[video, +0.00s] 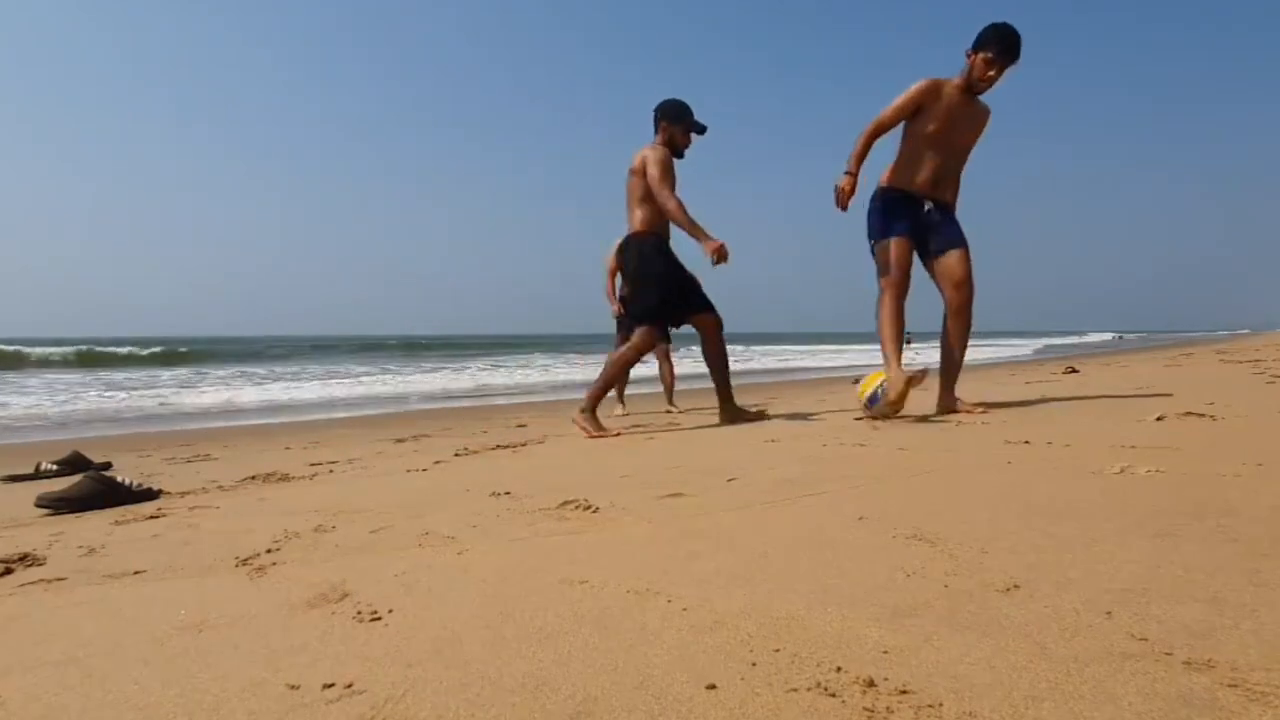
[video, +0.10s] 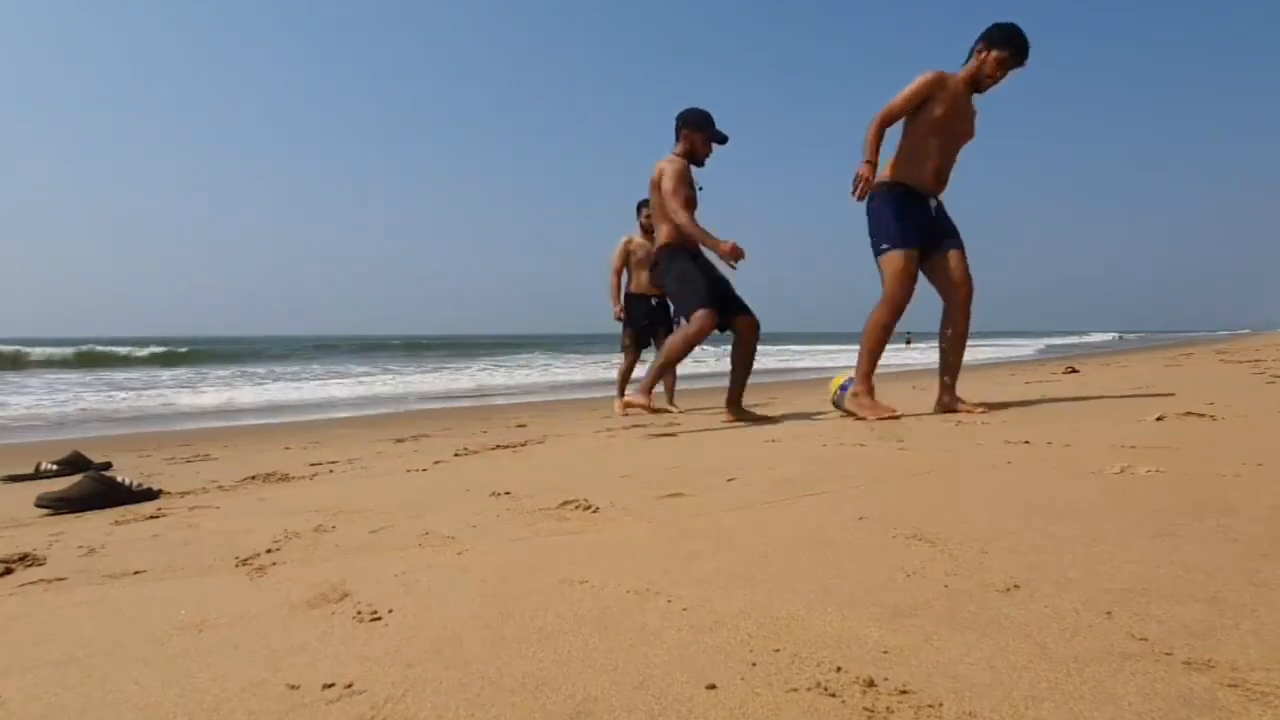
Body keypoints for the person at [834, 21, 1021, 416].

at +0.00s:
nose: (992, 74)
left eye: (1001, 68)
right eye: (988, 63)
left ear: (1006, 71)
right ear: (971, 55)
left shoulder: (981, 115)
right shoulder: (931, 91)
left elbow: (954, 163)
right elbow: (873, 130)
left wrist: (947, 211)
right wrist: (851, 174)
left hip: (938, 211)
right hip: (896, 202)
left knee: (961, 292)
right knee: (894, 281)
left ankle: (947, 398)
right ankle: (894, 377)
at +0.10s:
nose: (999, 76)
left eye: (1007, 71)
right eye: (999, 64)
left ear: (1006, 70)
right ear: (981, 51)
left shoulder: (969, 113)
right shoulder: (937, 83)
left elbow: (936, 153)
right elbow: (880, 121)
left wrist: (926, 194)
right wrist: (868, 165)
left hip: (929, 206)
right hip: (894, 199)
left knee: (960, 289)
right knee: (898, 290)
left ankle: (947, 396)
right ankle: (859, 392)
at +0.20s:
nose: (994, 87)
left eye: (999, 81)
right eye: (998, 78)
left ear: (983, 62)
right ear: (988, 63)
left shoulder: (959, 98)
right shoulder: (949, 78)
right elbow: (898, 113)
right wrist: (895, 165)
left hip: (923, 208)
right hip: (898, 200)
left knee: (959, 292)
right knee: (881, 300)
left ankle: (943, 392)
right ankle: (848, 400)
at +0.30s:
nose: (982, 77)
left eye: (979, 71)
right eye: (982, 71)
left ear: (944, 69)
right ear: (979, 68)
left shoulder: (919, 101)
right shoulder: (971, 79)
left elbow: (875, 164)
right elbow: (946, 108)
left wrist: (880, 196)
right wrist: (946, 176)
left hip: (899, 198)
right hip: (910, 198)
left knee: (946, 294)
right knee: (891, 304)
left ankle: (926, 393)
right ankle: (845, 398)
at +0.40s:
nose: (925, 75)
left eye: (926, 71)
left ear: (933, 69)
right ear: (967, 63)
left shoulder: (911, 102)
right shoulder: (980, 80)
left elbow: (875, 160)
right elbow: (997, 115)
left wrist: (864, 213)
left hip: (890, 202)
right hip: (926, 199)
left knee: (929, 303)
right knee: (940, 308)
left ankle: (920, 397)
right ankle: (857, 384)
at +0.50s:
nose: (926, 68)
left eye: (924, 63)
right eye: (926, 64)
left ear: (931, 61)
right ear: (966, 59)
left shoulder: (909, 94)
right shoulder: (982, 79)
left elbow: (877, 153)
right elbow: (1024, 126)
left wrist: (860, 210)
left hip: (896, 204)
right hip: (942, 200)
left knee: (923, 300)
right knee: (978, 301)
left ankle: (920, 397)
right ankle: (890, 371)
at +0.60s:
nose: (923, 52)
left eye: (923, 47)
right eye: (924, 47)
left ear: (932, 45)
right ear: (967, 43)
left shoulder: (912, 82)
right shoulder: (991, 70)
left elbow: (883, 141)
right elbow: (1035, 131)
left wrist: (869, 200)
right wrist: (1103, 166)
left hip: (909, 197)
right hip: (961, 194)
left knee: (924, 295)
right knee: (985, 294)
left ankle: (918, 398)